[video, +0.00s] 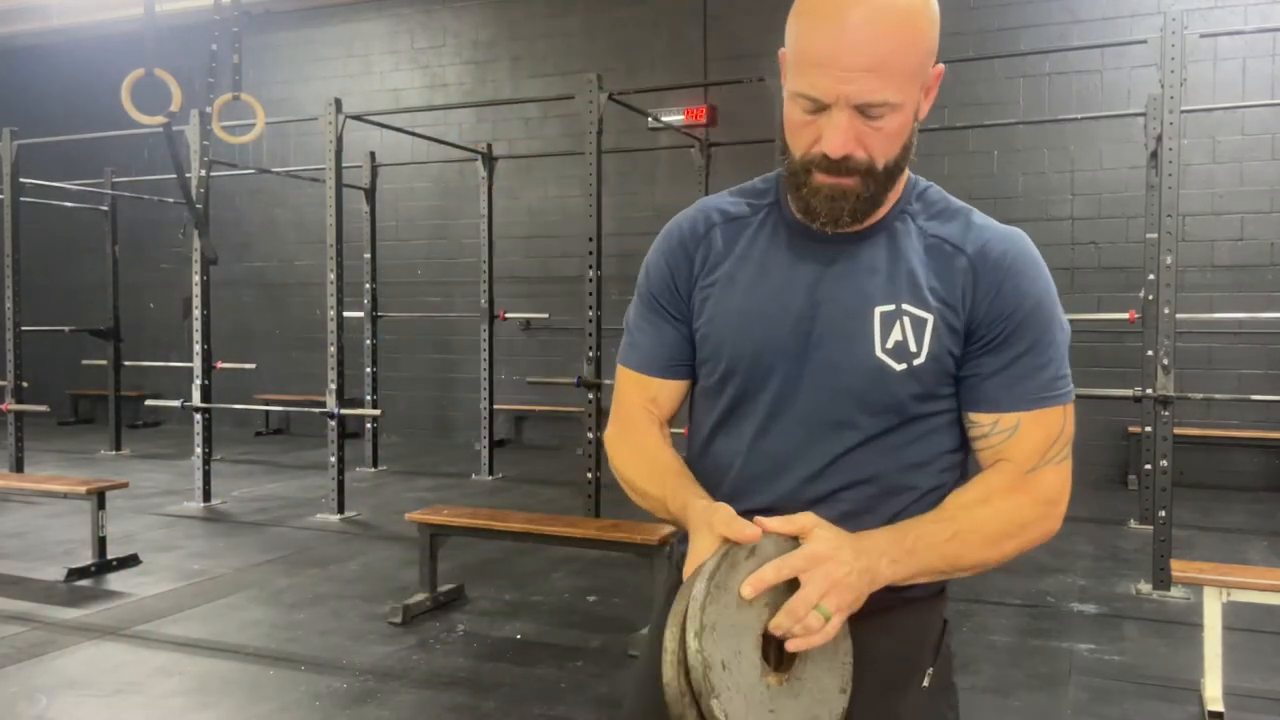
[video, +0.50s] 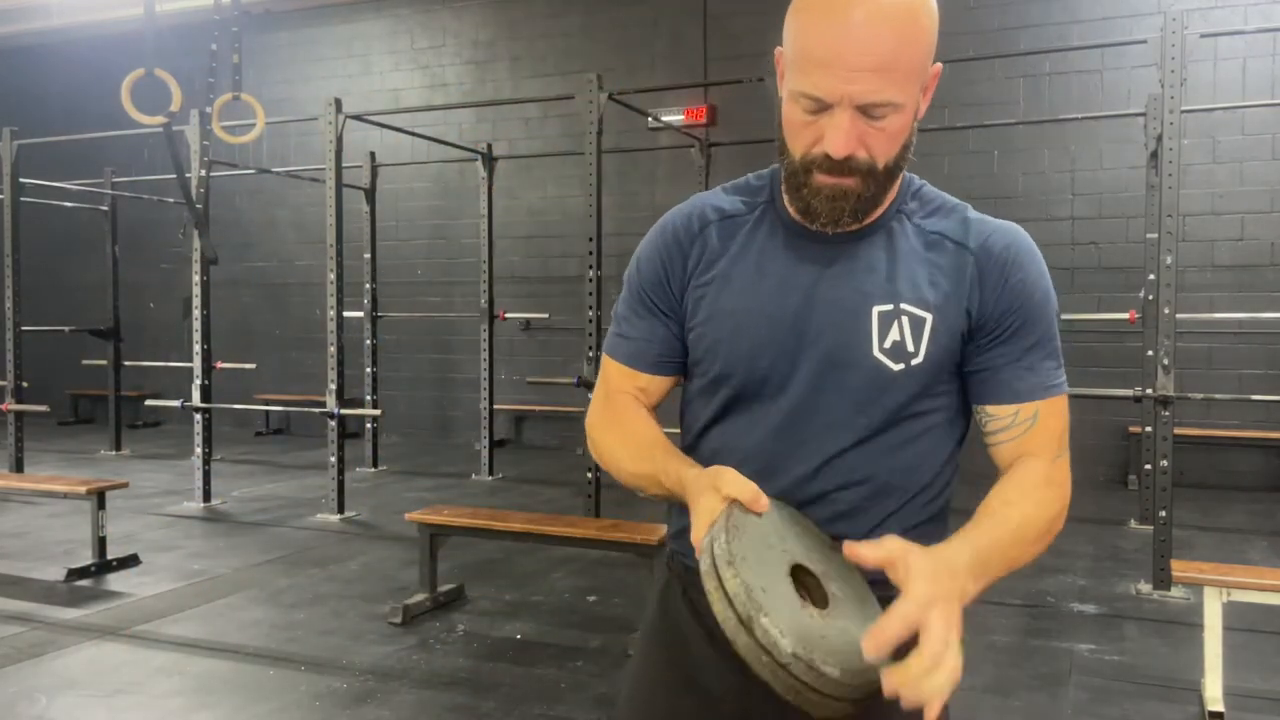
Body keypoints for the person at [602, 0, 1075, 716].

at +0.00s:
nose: (835, 143)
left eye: (872, 112)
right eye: (811, 106)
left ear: (929, 93)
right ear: (781, 74)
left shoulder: (990, 266)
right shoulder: (696, 245)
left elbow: (1034, 492)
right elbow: (631, 428)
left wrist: (870, 558)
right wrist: (696, 511)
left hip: (887, 639)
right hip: (707, 626)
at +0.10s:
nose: (844, 144)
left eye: (880, 112)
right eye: (819, 106)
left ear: (935, 94)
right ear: (788, 73)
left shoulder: (993, 266)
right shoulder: (699, 241)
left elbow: (1041, 490)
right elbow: (629, 422)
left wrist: (877, 555)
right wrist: (696, 504)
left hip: (890, 640)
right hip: (706, 625)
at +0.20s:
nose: (852, 144)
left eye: (887, 113)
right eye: (827, 106)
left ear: (939, 96)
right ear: (793, 74)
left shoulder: (995, 267)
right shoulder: (698, 240)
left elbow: (1045, 490)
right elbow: (627, 421)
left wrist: (880, 551)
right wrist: (696, 501)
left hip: (892, 637)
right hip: (706, 622)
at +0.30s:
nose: (855, 145)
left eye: (890, 113)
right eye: (829, 106)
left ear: (940, 98)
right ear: (793, 74)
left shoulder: (994, 267)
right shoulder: (696, 240)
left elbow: (1044, 488)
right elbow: (624, 418)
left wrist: (885, 543)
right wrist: (695, 499)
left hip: (890, 632)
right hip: (705, 615)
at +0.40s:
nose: (849, 143)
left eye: (885, 112)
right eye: (824, 105)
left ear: (935, 95)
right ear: (789, 74)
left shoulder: (993, 267)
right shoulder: (694, 241)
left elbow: (1050, 483)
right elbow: (619, 415)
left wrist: (908, 528)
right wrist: (689, 488)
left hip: (887, 631)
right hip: (704, 613)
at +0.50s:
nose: (839, 144)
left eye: (874, 111)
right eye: (813, 106)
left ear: (926, 92)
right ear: (778, 74)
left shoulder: (991, 263)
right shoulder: (689, 242)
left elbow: (1040, 476)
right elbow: (612, 415)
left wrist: (953, 571)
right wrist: (686, 477)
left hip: (884, 634)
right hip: (702, 615)